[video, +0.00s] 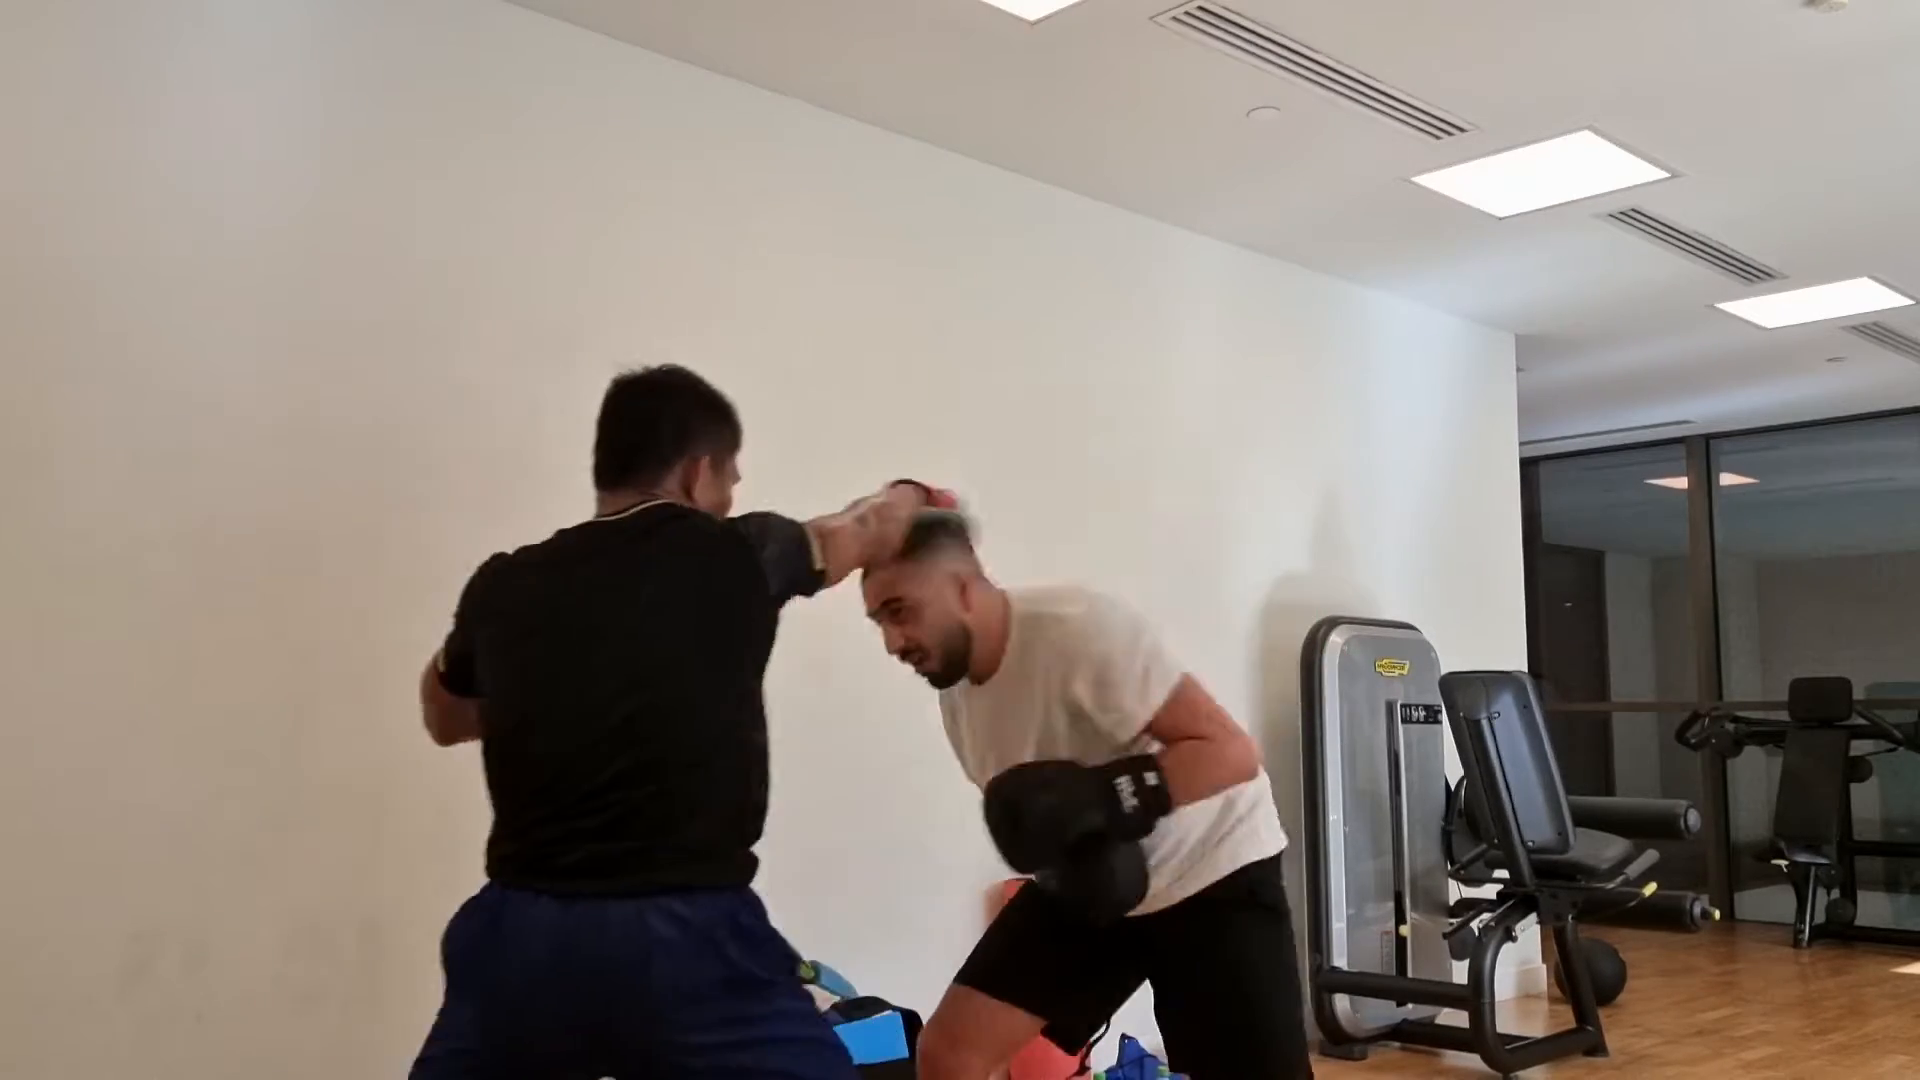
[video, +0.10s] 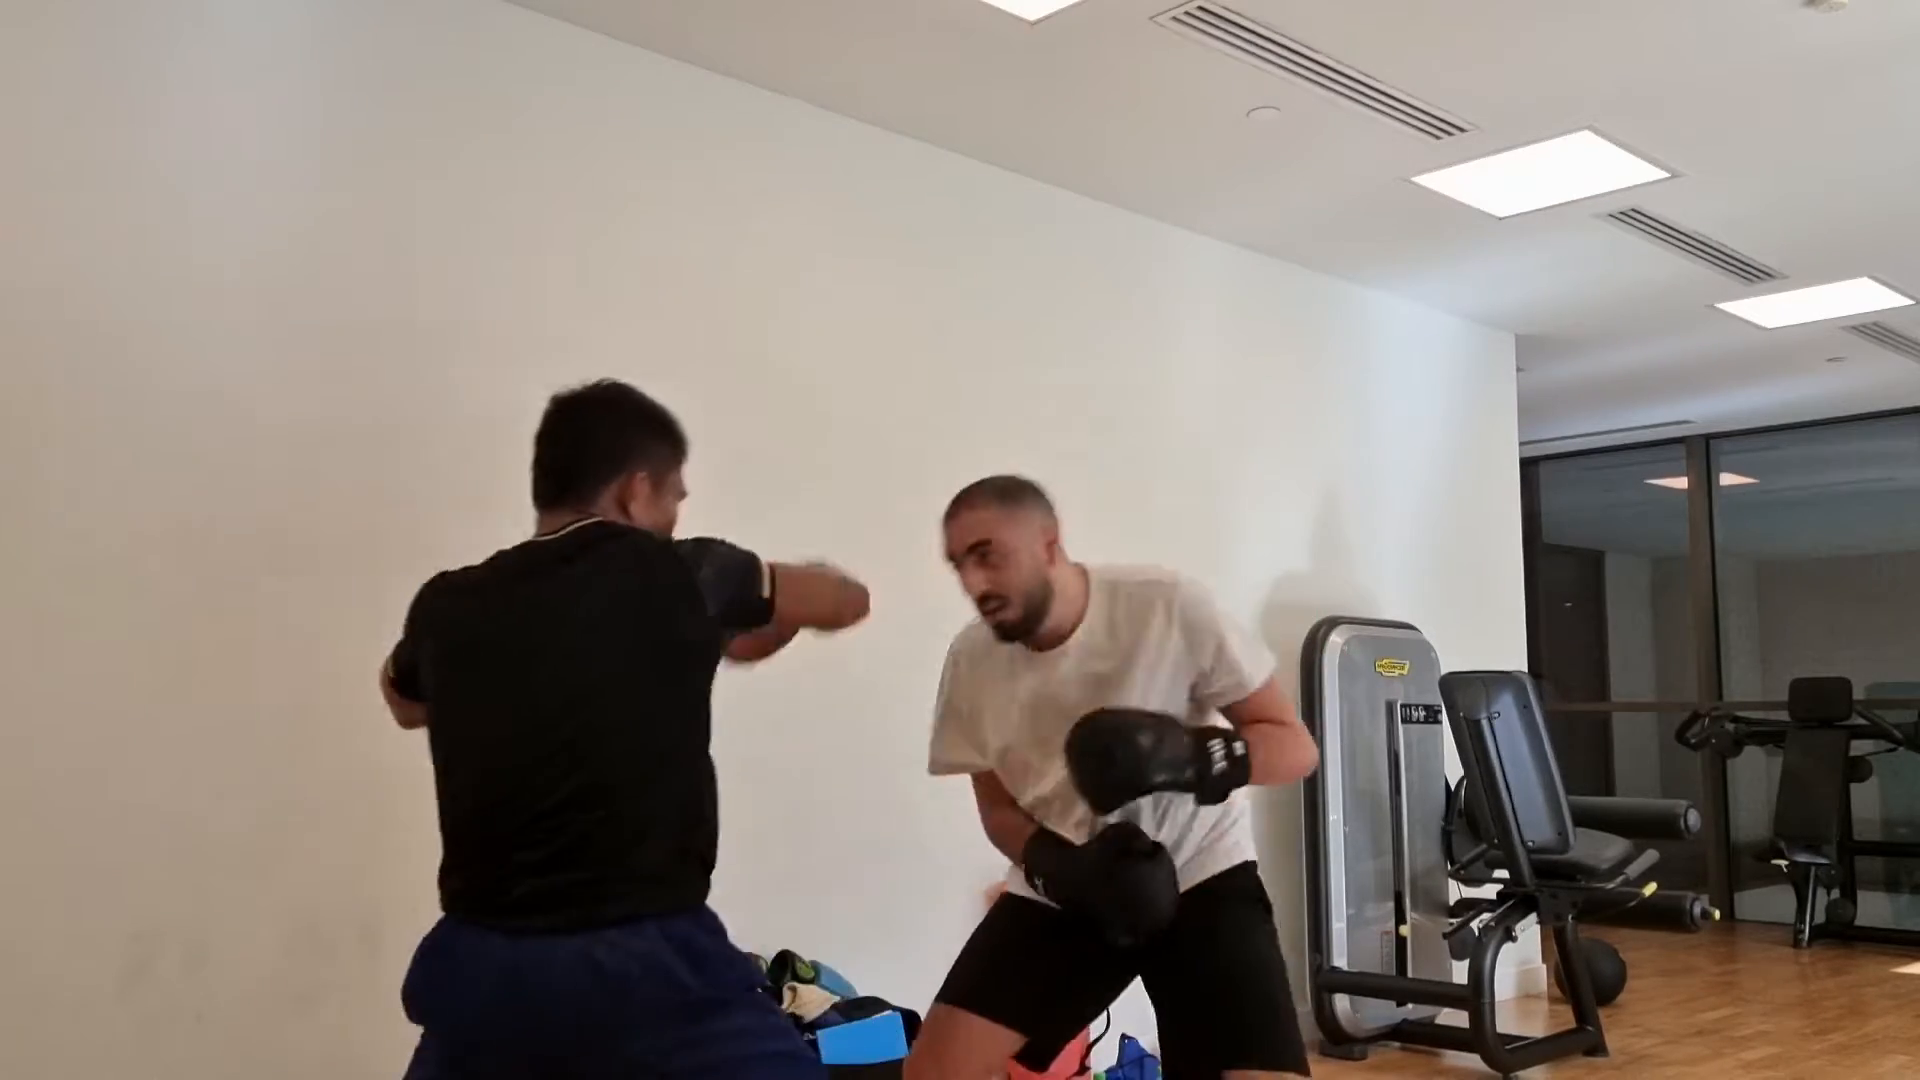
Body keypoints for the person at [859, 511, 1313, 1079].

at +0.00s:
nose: (891, 643)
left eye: (900, 613)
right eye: (880, 622)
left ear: (965, 588)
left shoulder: (1088, 631)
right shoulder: (959, 702)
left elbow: (1234, 754)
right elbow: (1029, 808)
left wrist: (1112, 794)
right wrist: (1072, 862)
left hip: (1213, 875)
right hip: (1088, 892)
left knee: (1259, 1071)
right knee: (952, 1052)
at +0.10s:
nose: (971, 583)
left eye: (984, 554)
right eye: (959, 566)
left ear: (1049, 544)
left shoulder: (1173, 607)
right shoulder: (974, 660)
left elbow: (1293, 747)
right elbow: (998, 808)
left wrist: (1191, 756)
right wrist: (1068, 867)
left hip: (1205, 884)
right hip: (1062, 894)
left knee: (1261, 1073)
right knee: (940, 1067)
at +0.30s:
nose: (987, 482)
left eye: (1006, 458)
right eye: (978, 465)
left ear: (1069, 462)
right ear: (973, 478)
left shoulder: (1161, 552)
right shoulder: (973, 599)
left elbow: (1276, 695)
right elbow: (977, 744)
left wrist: (1166, 639)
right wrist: (1023, 813)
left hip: (1176, 878)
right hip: (1032, 891)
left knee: (1245, 1070)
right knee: (930, 1066)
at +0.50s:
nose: (858, 565)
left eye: (865, 541)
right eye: (851, 554)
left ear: (930, 524)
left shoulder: (988, 551)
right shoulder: (966, 600)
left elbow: (1011, 694)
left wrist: (907, 693)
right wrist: (1037, 791)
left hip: (1189, 825)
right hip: (1084, 839)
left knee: (1261, 1064)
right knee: (960, 1032)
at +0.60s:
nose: (825, 663)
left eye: (827, 635)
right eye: (819, 647)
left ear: (881, 596)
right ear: (884, 601)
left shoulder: (978, 639)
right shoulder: (948, 674)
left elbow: (1086, 779)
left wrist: (961, 824)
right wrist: (1024, 838)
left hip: (1198, 830)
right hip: (1094, 860)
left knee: (1252, 1064)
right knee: (958, 1033)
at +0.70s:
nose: (840, 703)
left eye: (845, 674)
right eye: (831, 683)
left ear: (905, 642)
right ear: (906, 645)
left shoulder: (1033, 673)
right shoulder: (939, 709)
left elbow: (1175, 803)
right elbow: (1041, 806)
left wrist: (1047, 863)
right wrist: (1009, 852)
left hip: (1196, 869)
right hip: (1086, 883)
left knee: (1238, 1063)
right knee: (943, 1036)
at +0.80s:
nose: (907, 639)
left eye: (915, 609)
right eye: (899, 617)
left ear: (984, 588)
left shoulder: (1117, 643)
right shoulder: (939, 696)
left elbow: (1247, 785)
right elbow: (992, 821)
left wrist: (1131, 817)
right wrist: (1034, 874)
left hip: (1182, 885)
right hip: (1049, 895)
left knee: (1248, 1073)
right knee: (926, 1058)